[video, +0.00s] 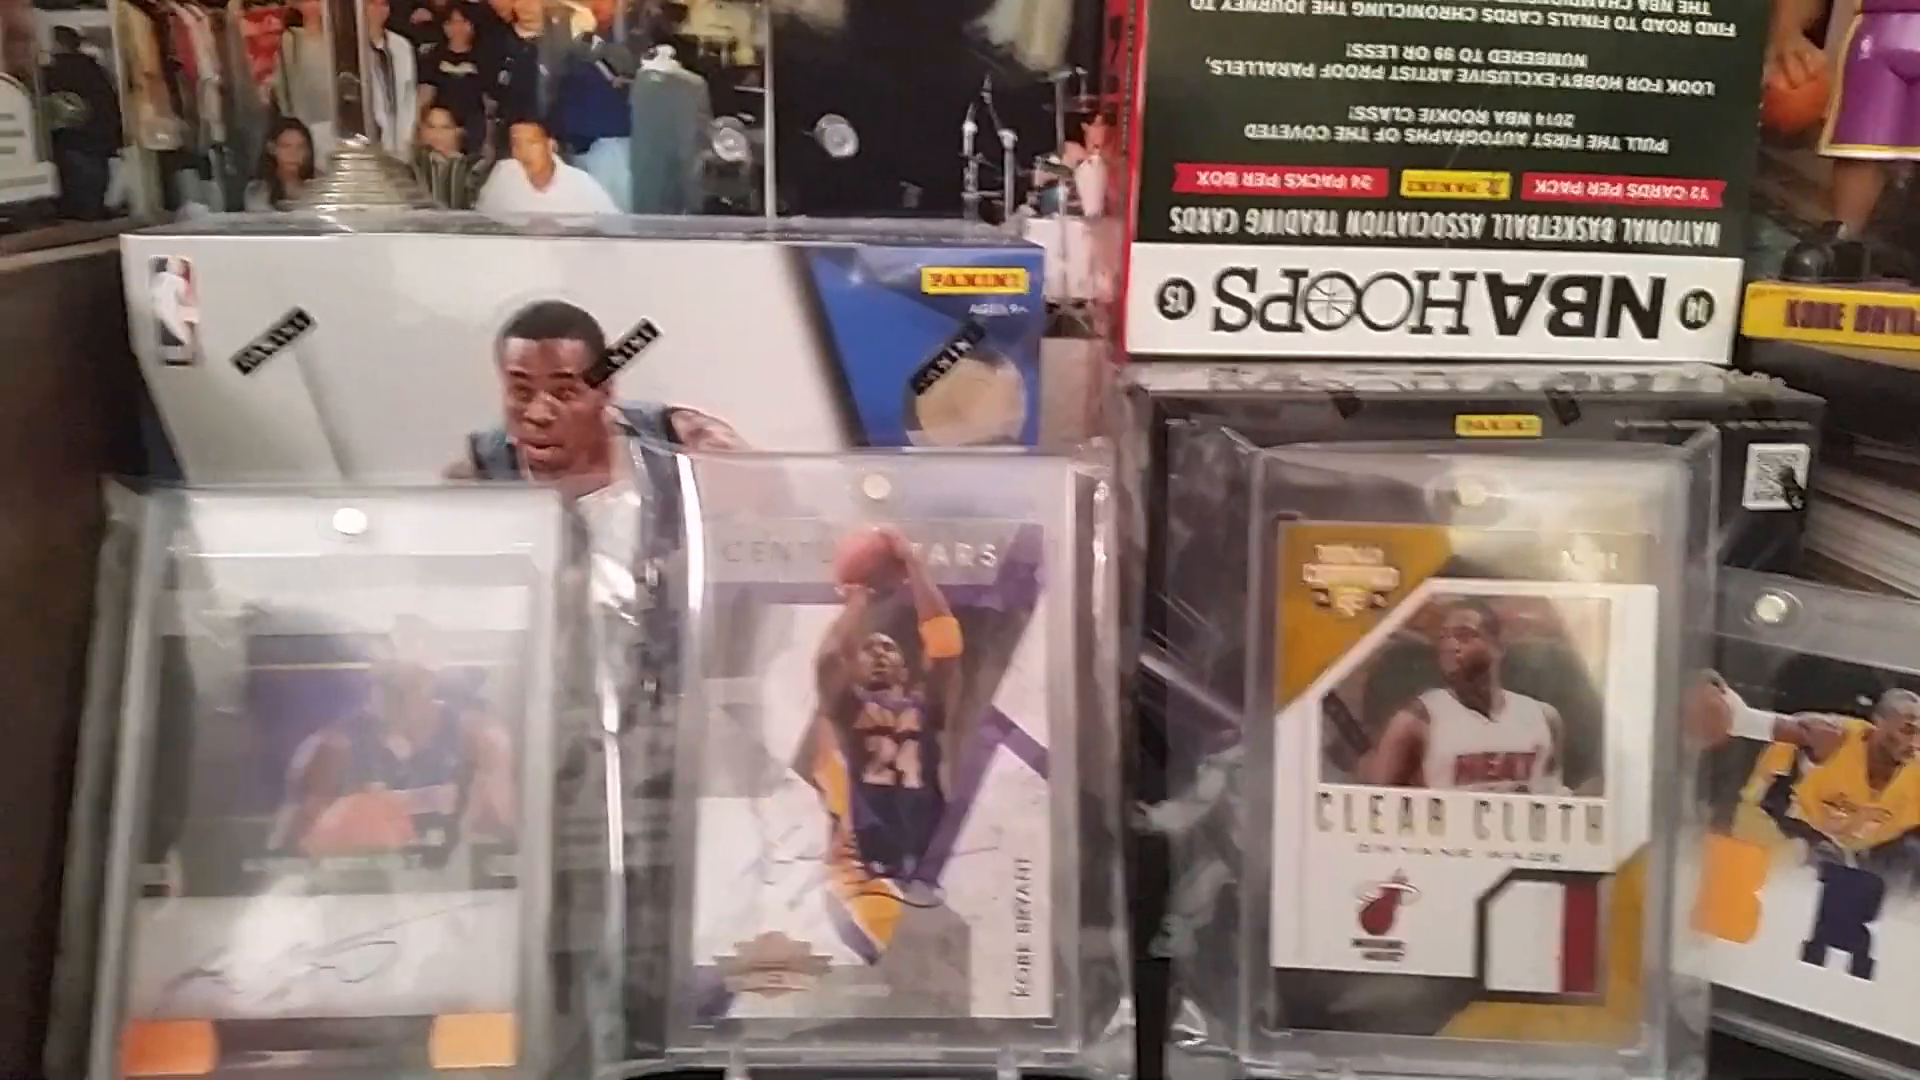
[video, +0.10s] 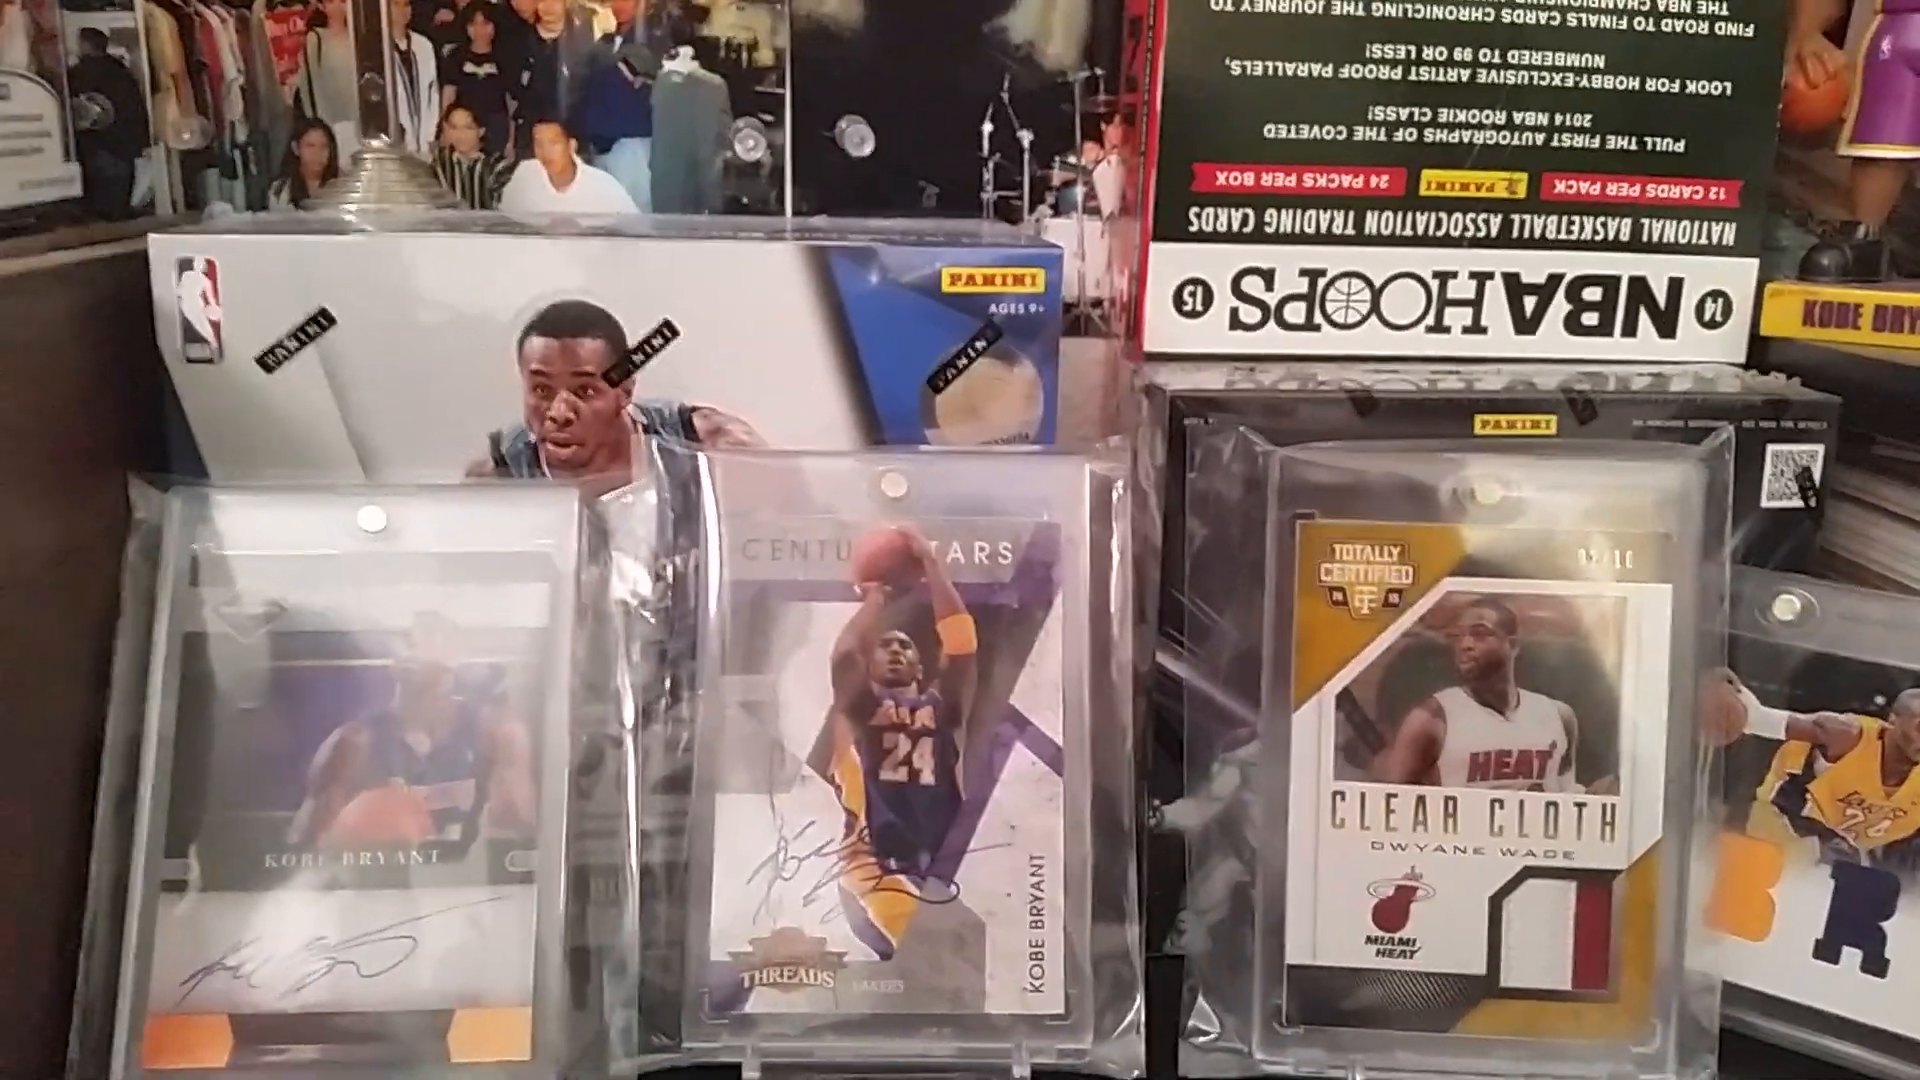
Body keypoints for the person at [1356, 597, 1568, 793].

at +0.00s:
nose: (1451, 645)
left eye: (1465, 636)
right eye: (1444, 638)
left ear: (1498, 647)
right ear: (1437, 650)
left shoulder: (1546, 720)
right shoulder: (1415, 721)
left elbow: (1554, 799)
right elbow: (1374, 807)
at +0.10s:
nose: (1464, 645)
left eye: (1479, 634)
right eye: (1458, 636)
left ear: (1513, 646)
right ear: (1452, 646)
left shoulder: (1560, 719)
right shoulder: (1429, 721)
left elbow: (1565, 806)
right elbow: (1387, 811)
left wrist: (1597, 796)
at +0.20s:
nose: (1478, 644)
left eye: (1493, 633)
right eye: (1473, 636)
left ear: (1527, 644)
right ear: (1467, 644)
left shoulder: (1573, 719)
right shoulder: (1442, 721)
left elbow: (1577, 802)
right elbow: (1398, 809)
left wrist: (1606, 797)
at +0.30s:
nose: (1481, 643)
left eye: (1496, 632)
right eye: (1477, 635)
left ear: (1531, 643)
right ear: (1471, 643)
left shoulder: (1576, 717)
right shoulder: (1445, 720)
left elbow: (1580, 793)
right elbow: (1402, 808)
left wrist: (1608, 795)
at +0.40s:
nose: (1479, 642)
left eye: (1494, 632)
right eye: (1474, 634)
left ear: (1529, 642)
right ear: (1468, 642)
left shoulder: (1574, 716)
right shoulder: (1443, 720)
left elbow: (1578, 800)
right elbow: (1400, 810)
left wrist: (1607, 795)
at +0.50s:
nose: (1472, 642)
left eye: (1487, 631)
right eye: (1467, 634)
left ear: (1521, 643)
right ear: (1462, 642)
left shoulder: (1567, 716)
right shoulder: (1436, 719)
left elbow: (1571, 795)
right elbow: (1395, 808)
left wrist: (1598, 795)